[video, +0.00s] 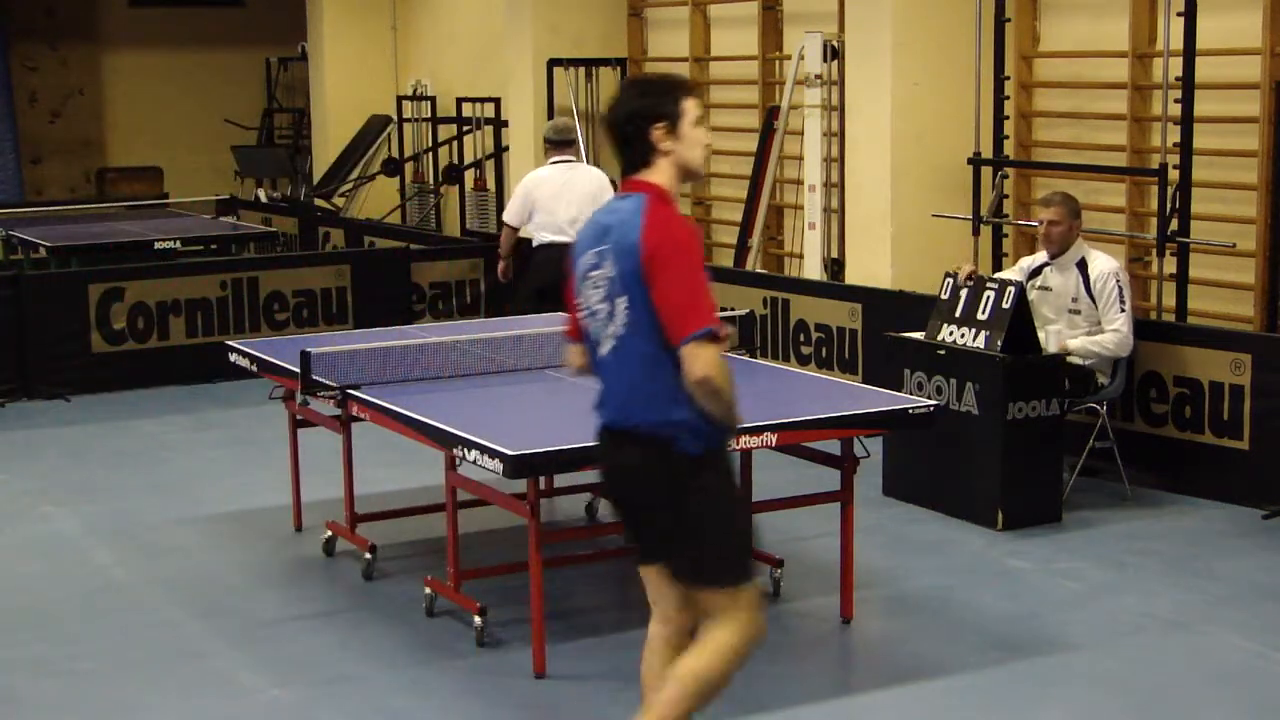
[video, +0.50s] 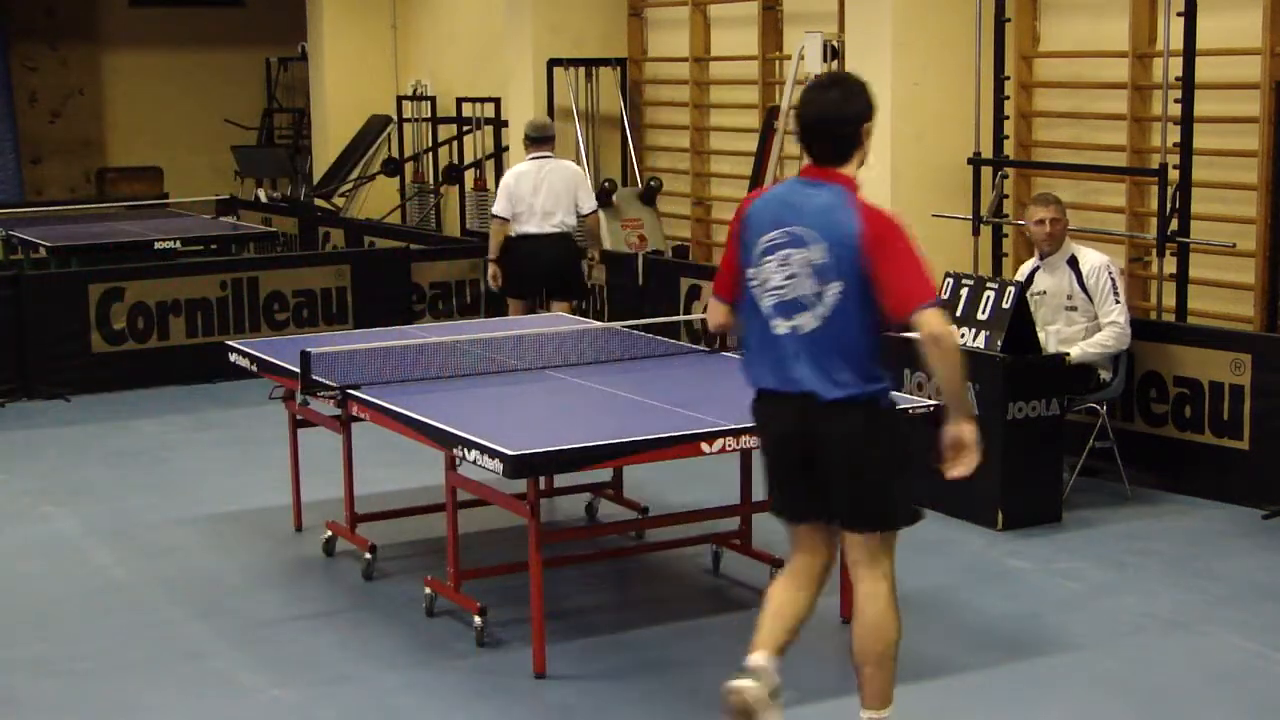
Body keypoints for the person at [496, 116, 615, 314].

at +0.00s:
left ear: (546, 148)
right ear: (577, 147)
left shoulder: (534, 180)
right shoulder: (598, 178)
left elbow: (510, 227)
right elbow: (612, 220)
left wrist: (504, 258)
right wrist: (610, 257)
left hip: (545, 260)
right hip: (589, 257)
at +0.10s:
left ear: (543, 151)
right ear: (573, 151)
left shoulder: (529, 182)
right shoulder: (592, 181)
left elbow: (506, 226)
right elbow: (606, 231)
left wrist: (507, 251)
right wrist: (613, 265)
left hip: (540, 264)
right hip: (580, 263)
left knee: (534, 330)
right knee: (578, 332)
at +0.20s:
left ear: (542, 149)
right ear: (570, 149)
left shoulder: (526, 180)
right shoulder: (588, 180)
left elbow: (504, 227)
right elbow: (603, 225)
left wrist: (508, 252)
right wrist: (611, 266)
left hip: (538, 263)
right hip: (577, 261)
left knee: (535, 327)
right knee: (576, 328)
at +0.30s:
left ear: (538, 143)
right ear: (566, 144)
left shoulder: (522, 174)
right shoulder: (583, 174)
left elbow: (504, 223)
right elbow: (599, 220)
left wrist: (504, 256)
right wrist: (605, 259)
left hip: (533, 255)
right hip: (573, 253)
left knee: (524, 320)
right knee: (569, 320)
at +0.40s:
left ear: (532, 140)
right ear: (560, 140)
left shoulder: (517, 173)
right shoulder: (579, 171)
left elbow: (503, 222)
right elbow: (595, 215)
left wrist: (499, 260)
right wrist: (599, 250)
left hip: (526, 251)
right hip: (568, 250)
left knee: (519, 315)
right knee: (564, 318)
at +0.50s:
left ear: (525, 143)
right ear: (553, 142)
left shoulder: (513, 175)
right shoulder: (573, 172)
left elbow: (499, 222)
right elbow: (591, 215)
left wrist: (492, 261)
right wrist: (595, 248)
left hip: (520, 253)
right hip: (562, 252)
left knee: (516, 322)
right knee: (561, 323)